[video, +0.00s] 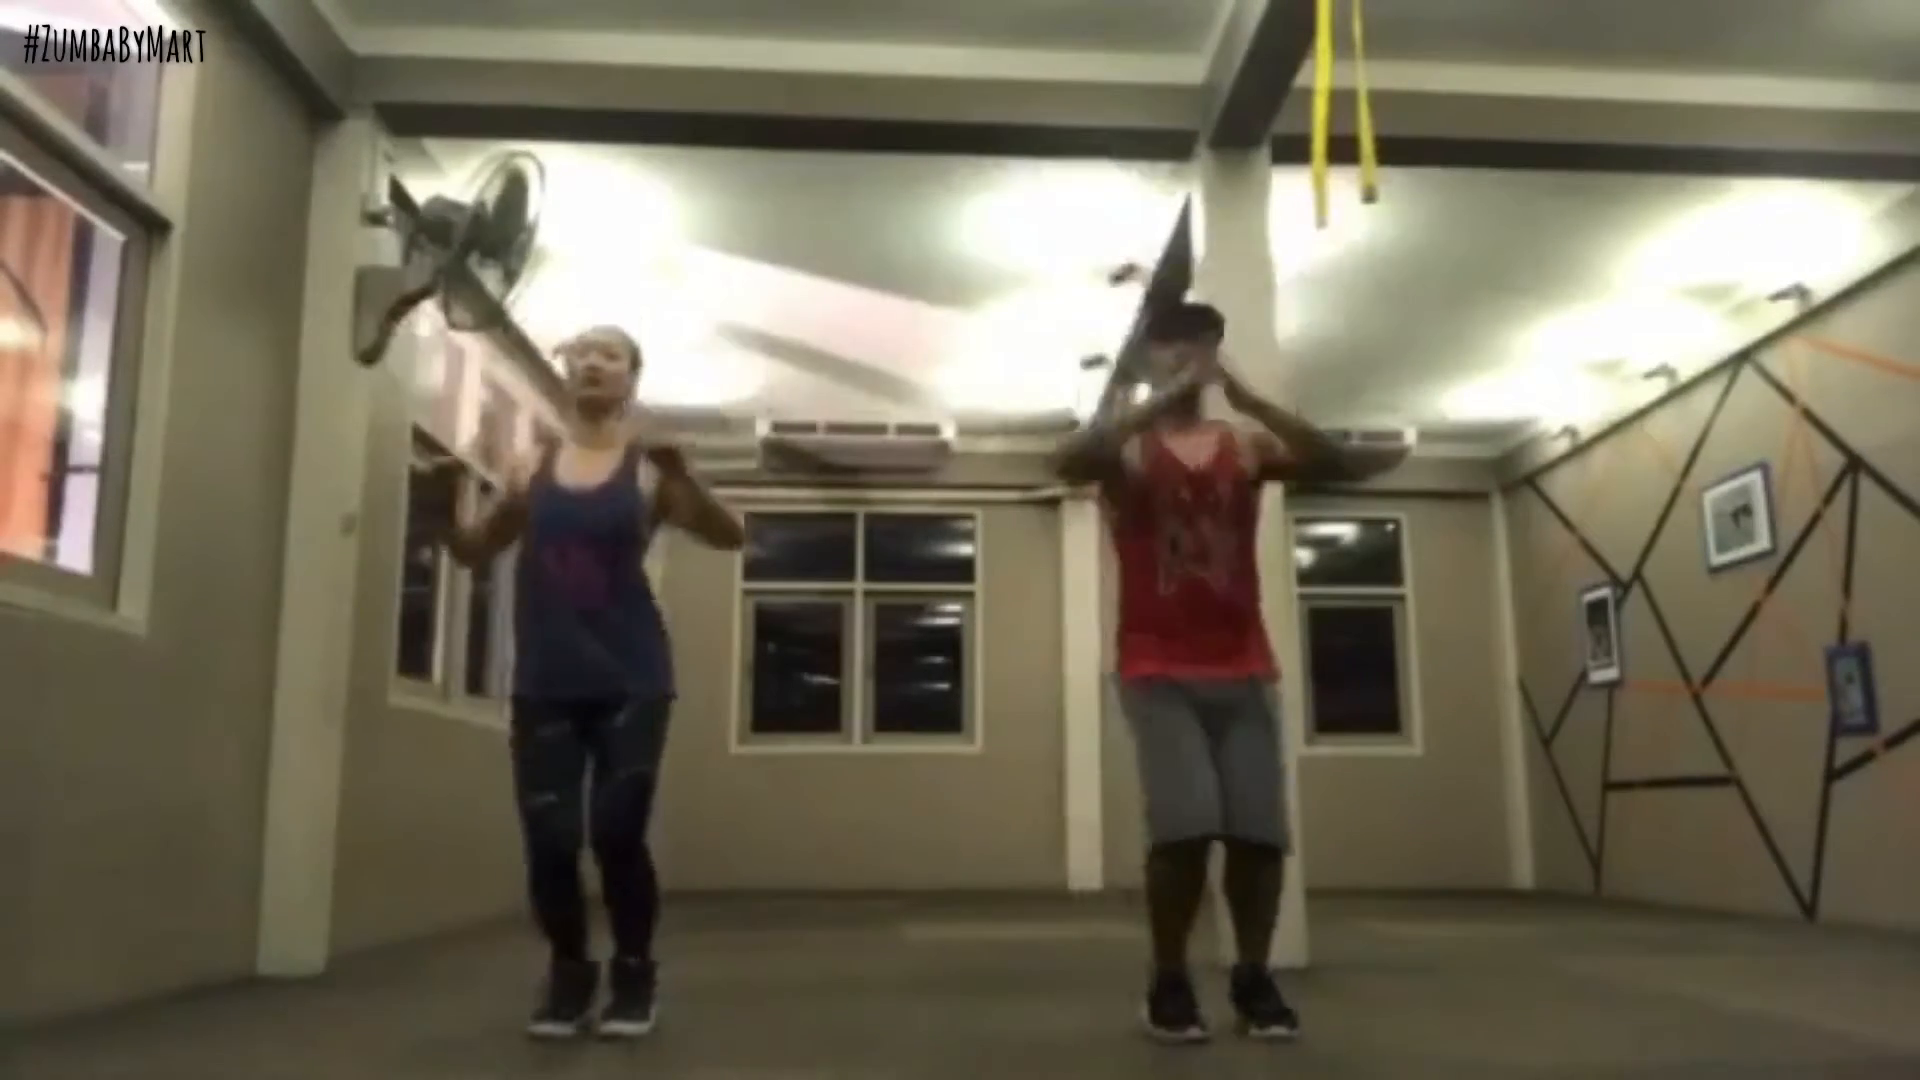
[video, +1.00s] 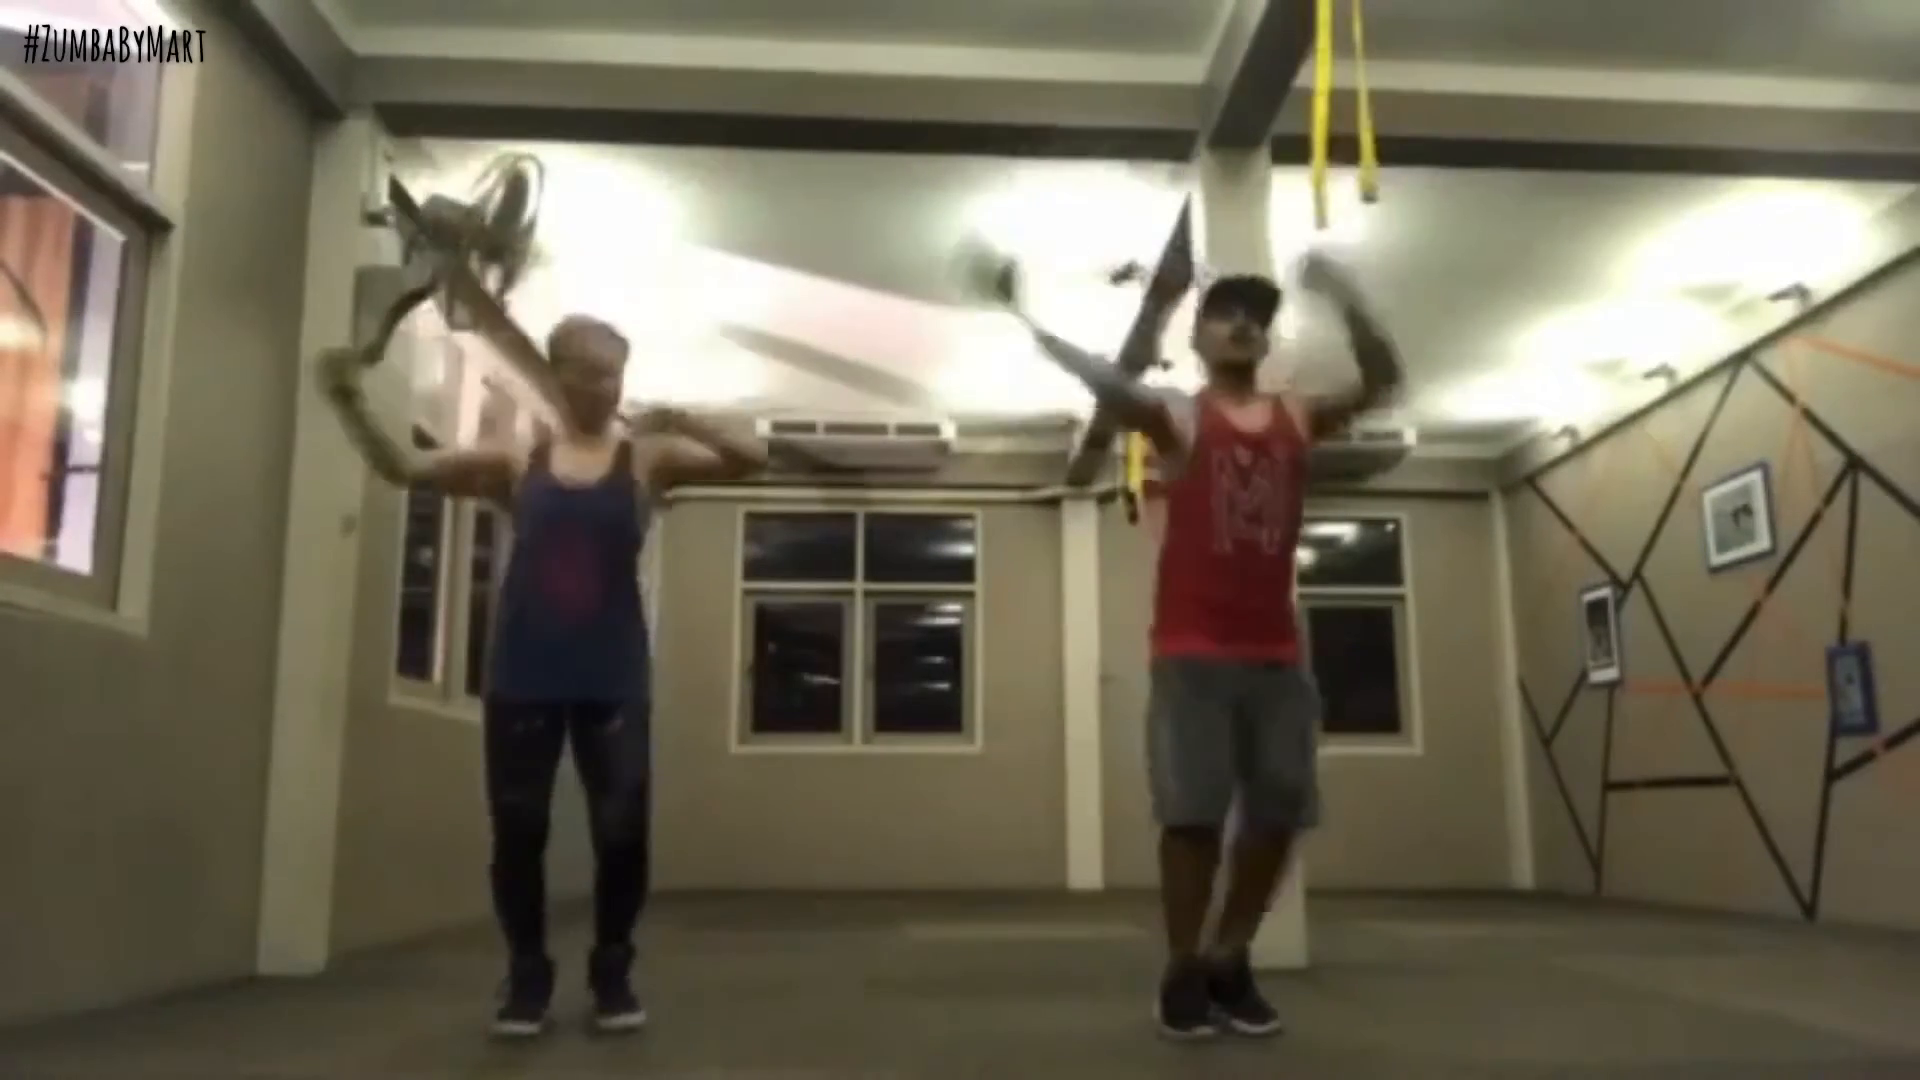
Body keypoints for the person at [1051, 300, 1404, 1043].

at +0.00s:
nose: (1184, 361)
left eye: (1195, 348)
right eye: (1169, 348)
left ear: (1214, 358)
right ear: (1146, 360)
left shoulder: (1245, 444)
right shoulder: (1127, 447)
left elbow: (1327, 458)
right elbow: (1073, 461)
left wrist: (1248, 398)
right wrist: (1159, 398)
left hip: (1240, 667)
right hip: (1156, 669)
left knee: (1259, 828)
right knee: (1187, 822)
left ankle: (1253, 978)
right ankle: (1170, 981)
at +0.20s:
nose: (1182, 259)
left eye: (1195, 249)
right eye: (1167, 249)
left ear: (1214, 269)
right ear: (1145, 271)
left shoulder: (1251, 347)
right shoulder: (1125, 349)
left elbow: (1350, 286)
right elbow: (1026, 291)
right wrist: (1071, 265)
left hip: (1240, 580)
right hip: (1155, 583)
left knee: (1245, 759)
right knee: (1163, 759)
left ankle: (1254, 929)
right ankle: (1159, 941)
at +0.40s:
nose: (1192, 302)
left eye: (1203, 290)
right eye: (1178, 289)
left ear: (1220, 306)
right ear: (1151, 304)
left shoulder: (1243, 380)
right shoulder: (1133, 383)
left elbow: (1292, 274)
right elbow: (1097, 279)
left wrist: (1308, 172)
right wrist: (1106, 175)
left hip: (1239, 607)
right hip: (1158, 609)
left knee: (1237, 781)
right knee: (1168, 775)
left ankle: (1233, 948)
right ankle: (1160, 952)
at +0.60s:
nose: (1203, 344)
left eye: (1216, 332)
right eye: (1189, 331)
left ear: (1230, 340)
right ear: (1162, 339)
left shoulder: (1262, 425)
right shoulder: (1133, 428)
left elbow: (1377, 404)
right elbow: (1020, 409)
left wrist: (1308, 376)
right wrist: (1095, 389)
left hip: (1248, 647)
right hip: (1161, 648)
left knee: (1242, 820)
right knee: (1167, 819)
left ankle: (1221, 975)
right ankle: (1167, 977)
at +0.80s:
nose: (1222, 274)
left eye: (1235, 265)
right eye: (1206, 262)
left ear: (1245, 284)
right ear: (1174, 280)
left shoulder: (1266, 349)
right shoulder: (1152, 364)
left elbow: (1351, 268)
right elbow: (1072, 282)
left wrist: (1374, 162)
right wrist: (1070, 176)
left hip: (1257, 587)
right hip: (1177, 589)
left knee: (1247, 766)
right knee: (1178, 766)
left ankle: (1227, 928)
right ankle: (1172, 940)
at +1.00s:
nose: (1237, 326)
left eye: (1252, 316)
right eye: (1223, 314)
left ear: (1270, 334)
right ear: (1197, 332)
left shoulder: (1296, 418)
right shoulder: (1179, 413)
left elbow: (1382, 380)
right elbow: (1113, 386)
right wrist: (1029, 326)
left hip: (1275, 645)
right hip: (1192, 644)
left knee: (1280, 803)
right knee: (1192, 810)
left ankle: (1228, 964)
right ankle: (1182, 975)